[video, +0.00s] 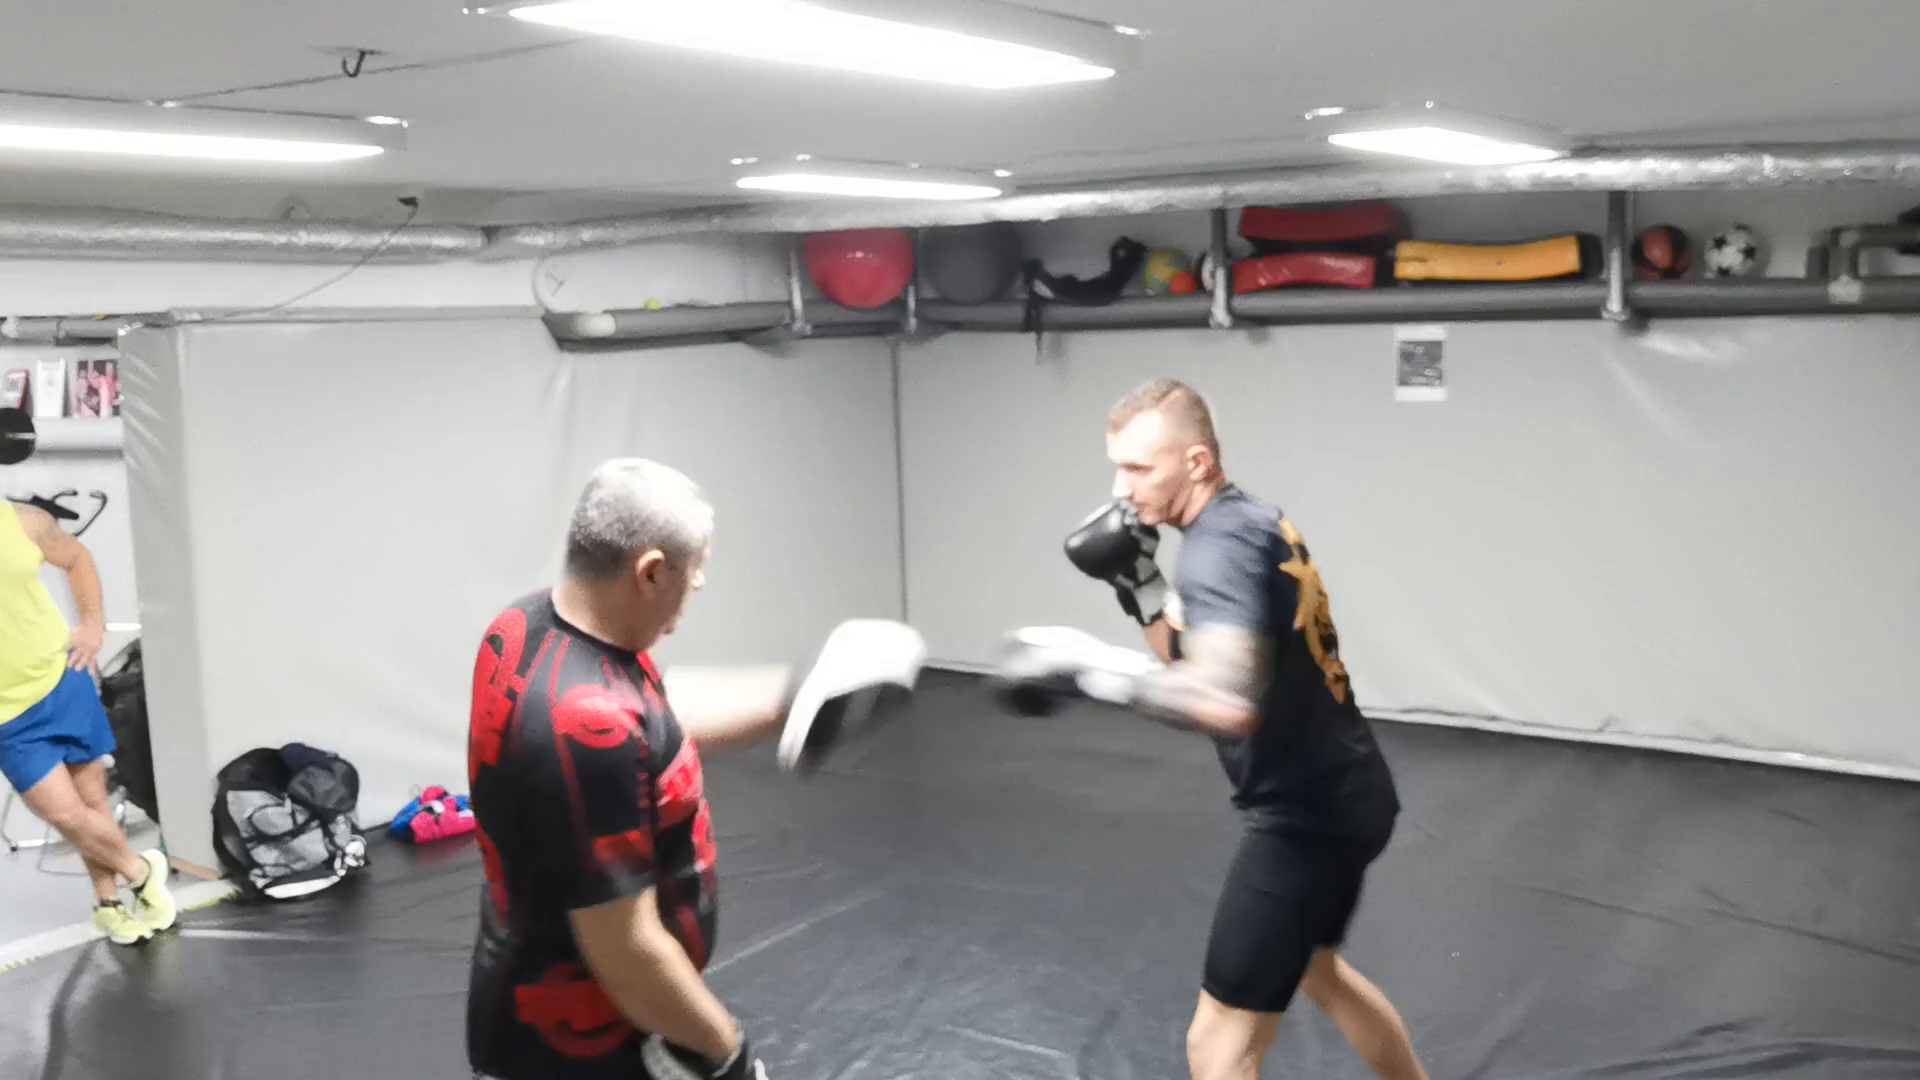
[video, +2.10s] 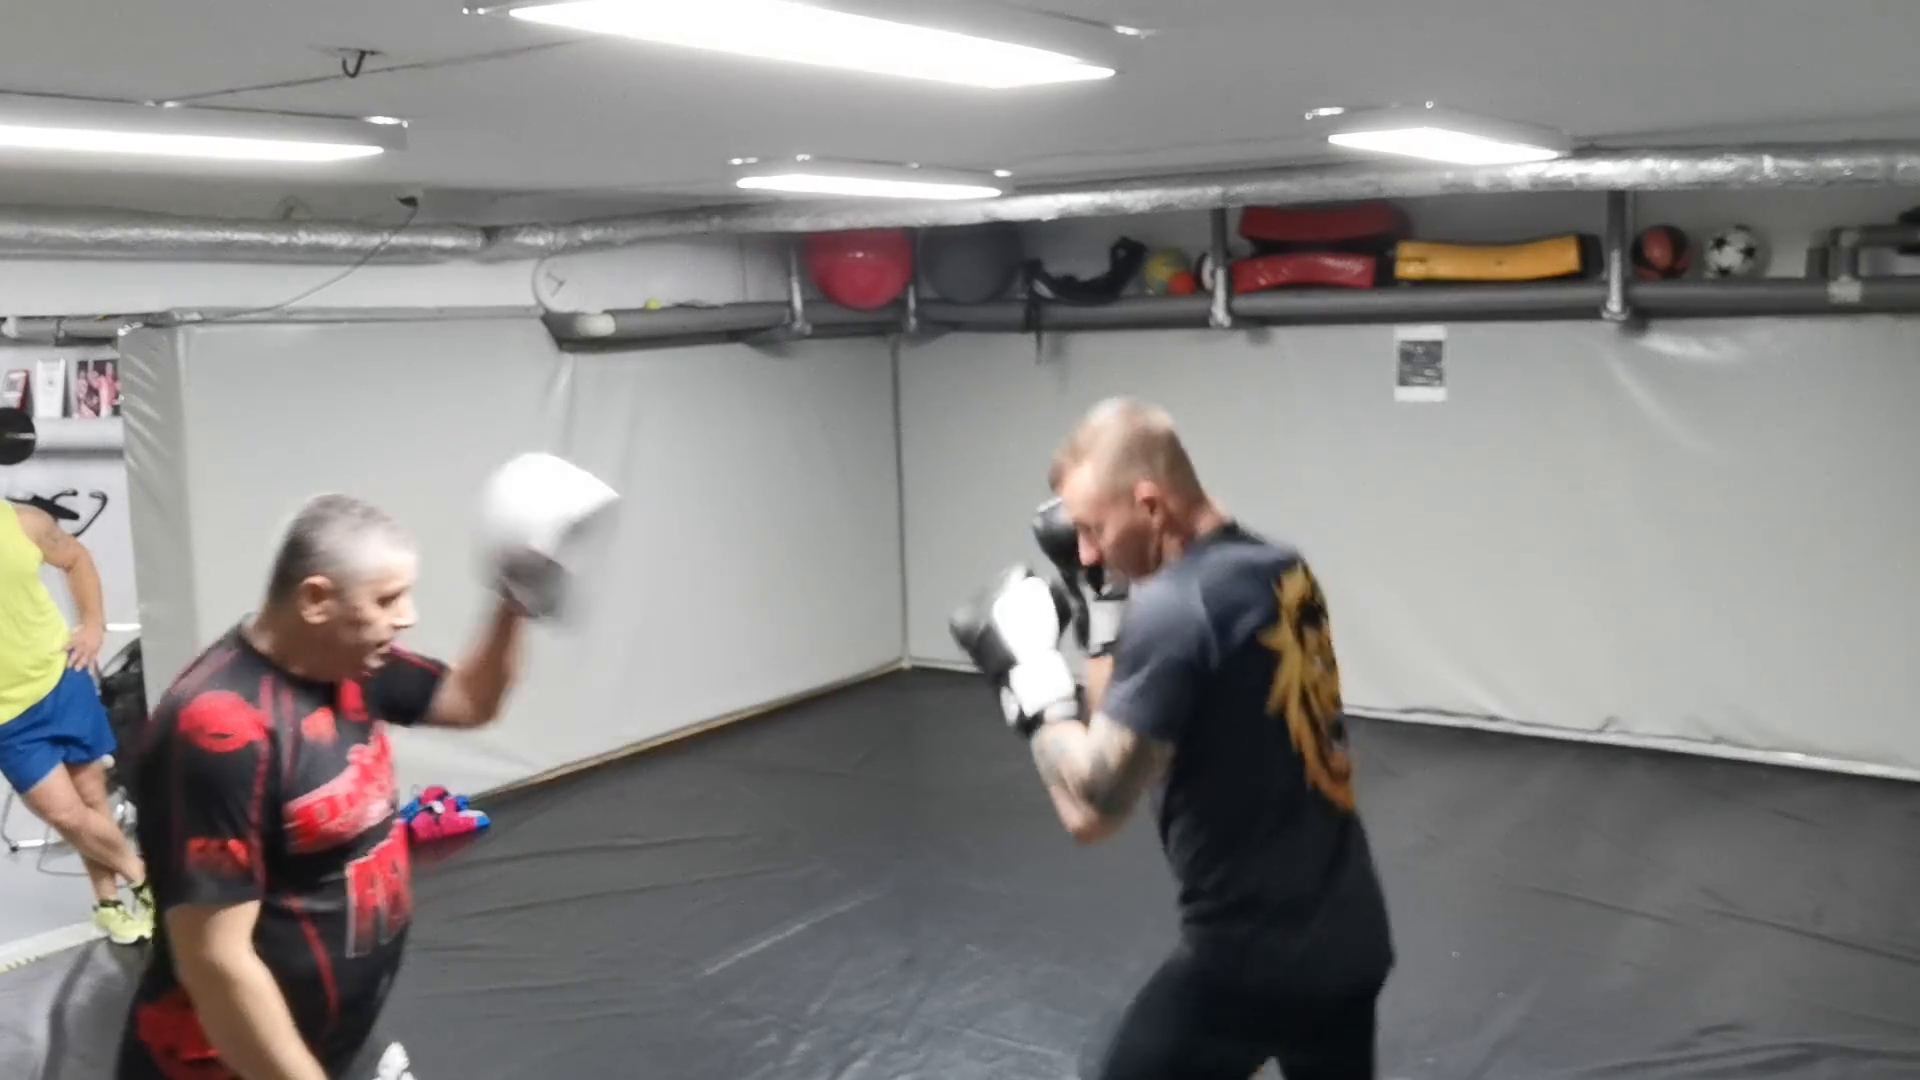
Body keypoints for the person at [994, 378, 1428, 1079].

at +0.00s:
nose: (1123, 489)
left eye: (1137, 468)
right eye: (1120, 470)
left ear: (1196, 461)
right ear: (1194, 463)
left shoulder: (1217, 545)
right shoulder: (1254, 523)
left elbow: (1229, 705)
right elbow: (1193, 675)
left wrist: (1103, 670)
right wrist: (1139, 585)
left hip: (1302, 811)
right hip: (1345, 795)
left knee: (1221, 1043)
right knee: (1320, 971)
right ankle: (1413, 1074)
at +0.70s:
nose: (1143, 514)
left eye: (1157, 493)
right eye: (1136, 496)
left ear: (1218, 483)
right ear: (1214, 487)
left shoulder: (1262, 577)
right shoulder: (1204, 557)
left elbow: (1215, 741)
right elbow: (1123, 674)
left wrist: (1138, 638)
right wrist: (1104, 579)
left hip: (1303, 850)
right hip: (1289, 838)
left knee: (1117, 1044)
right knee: (1291, 1009)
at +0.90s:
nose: (1059, 521)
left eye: (1075, 502)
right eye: (1057, 502)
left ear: (1141, 498)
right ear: (1147, 500)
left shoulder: (1150, 575)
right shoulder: (1217, 555)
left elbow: (1126, 701)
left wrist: (1001, 625)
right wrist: (1086, 580)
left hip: (1215, 874)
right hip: (1288, 854)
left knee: (1056, 1061)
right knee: (1273, 996)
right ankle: (1360, 1073)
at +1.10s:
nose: (1027, 549)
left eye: (1043, 527)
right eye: (1023, 527)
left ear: (1109, 518)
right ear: (1117, 520)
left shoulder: (1101, 596)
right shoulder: (1197, 584)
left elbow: (1010, 703)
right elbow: (1147, 660)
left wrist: (865, 689)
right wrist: (1056, 615)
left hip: (1187, 911)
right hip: (1258, 888)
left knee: (1056, 1068)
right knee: (1245, 1045)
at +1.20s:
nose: (1050, 531)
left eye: (1065, 511)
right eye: (1045, 510)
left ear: (1129, 499)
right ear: (1133, 499)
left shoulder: (1148, 581)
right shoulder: (1204, 558)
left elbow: (1151, 757)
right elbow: (1178, 690)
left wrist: (1026, 707)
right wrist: (1080, 615)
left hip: (1194, 891)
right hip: (1263, 869)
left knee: (1081, 1070)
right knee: (1254, 1047)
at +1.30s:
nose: (1101, 545)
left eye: (1114, 523)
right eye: (1094, 523)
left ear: (1176, 503)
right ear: (1178, 503)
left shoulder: (1213, 594)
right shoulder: (1222, 571)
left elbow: (1188, 773)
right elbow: (1150, 672)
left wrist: (1092, 664)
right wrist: (1092, 603)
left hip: (1229, 900)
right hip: (1273, 883)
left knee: (1115, 1068)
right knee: (1270, 1058)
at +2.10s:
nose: (1088, 556)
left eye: (1092, 530)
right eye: (1079, 534)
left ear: (1149, 504)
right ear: (1160, 501)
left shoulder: (1176, 606)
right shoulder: (1279, 568)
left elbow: (1089, 803)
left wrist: (1034, 670)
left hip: (1253, 956)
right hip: (1342, 934)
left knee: (1121, 1068)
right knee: (1334, 1068)